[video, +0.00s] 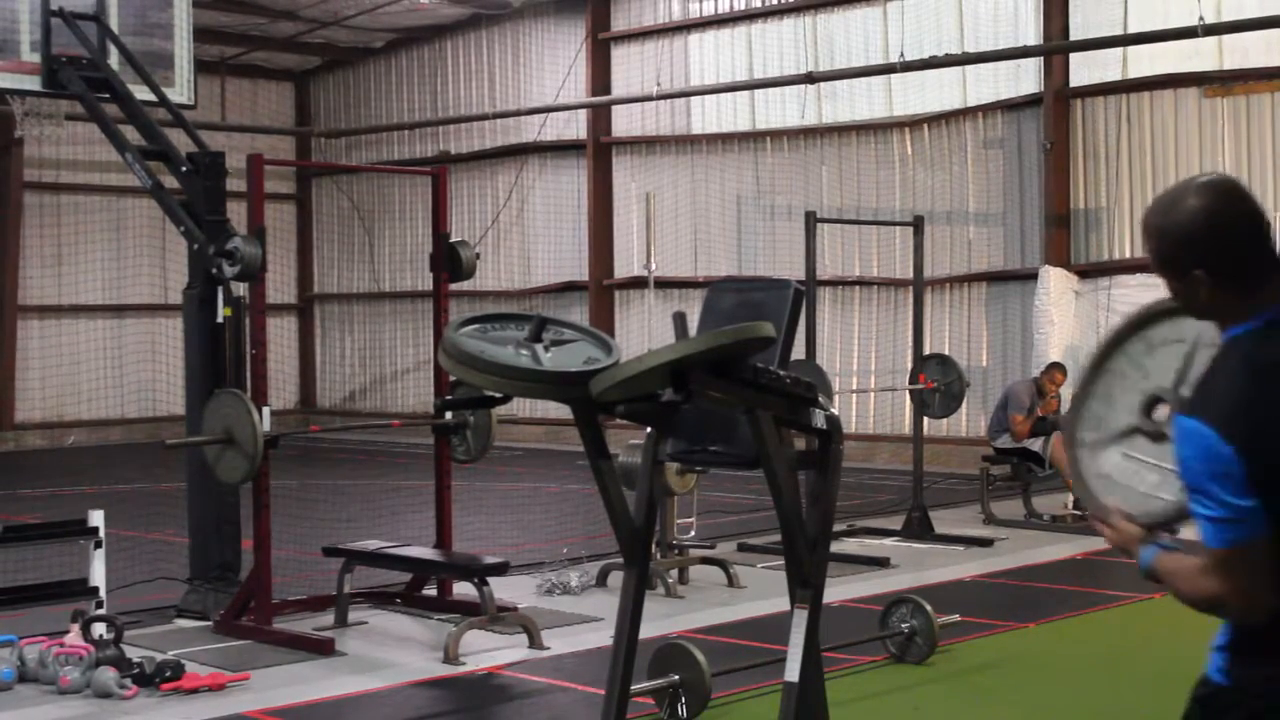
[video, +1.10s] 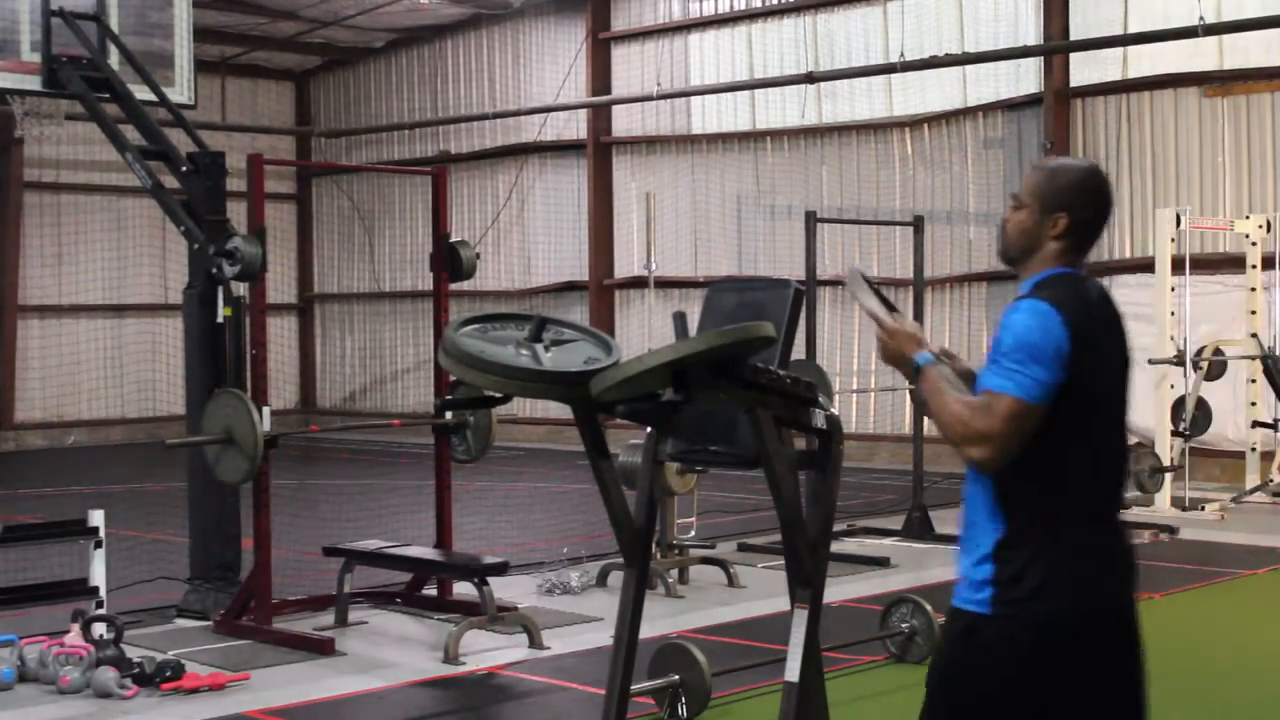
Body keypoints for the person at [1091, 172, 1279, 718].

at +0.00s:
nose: (1167, 292)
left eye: (1166, 278)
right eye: (1162, 277)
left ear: (1197, 283)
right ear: (1260, 237)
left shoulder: (1216, 415)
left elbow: (1244, 593)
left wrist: (1145, 551)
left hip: (1253, 674)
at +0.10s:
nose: (1144, 285)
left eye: (1144, 272)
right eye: (1140, 272)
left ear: (1175, 278)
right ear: (1241, 239)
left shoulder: (1176, 410)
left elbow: (1183, 582)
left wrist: (1090, 527)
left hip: (1228, 667)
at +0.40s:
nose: (1076, 250)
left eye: (1081, 236)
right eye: (1076, 234)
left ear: (1122, 249)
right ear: (1180, 231)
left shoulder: (1109, 374)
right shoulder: (1262, 307)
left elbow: (1108, 541)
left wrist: (1023, 482)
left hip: (1155, 640)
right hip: (1264, 624)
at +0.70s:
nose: (1059, 232)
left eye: (1070, 220)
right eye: (1063, 218)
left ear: (1113, 236)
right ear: (1124, 235)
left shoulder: (1093, 346)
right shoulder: (1215, 329)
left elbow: (1083, 497)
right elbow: (1228, 471)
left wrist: (989, 455)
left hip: (1099, 629)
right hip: (1193, 619)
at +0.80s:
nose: (1055, 220)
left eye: (1066, 210)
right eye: (1060, 208)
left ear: (1109, 227)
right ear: (1124, 229)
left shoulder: (1091, 333)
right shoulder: (1192, 324)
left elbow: (1075, 478)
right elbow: (1176, 465)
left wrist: (978, 432)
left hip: (1075, 622)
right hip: (1169, 616)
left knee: (1009, 708)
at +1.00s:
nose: (1026, 212)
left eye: (1040, 202)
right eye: (1032, 199)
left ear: (1082, 221)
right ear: (1086, 223)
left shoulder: (1064, 315)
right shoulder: (1126, 308)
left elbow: (1025, 448)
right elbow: (1099, 446)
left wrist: (945, 387)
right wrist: (997, 400)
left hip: (1037, 599)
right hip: (1117, 588)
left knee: (958, 709)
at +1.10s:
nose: (1003, 216)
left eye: (1017, 206)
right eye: (1010, 203)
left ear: (1058, 224)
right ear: (1062, 227)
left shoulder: (1039, 314)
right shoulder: (1094, 307)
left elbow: (986, 438)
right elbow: (1049, 429)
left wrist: (916, 364)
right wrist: (965, 379)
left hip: (1013, 603)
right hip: (1085, 591)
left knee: (962, 709)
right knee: (1089, 709)